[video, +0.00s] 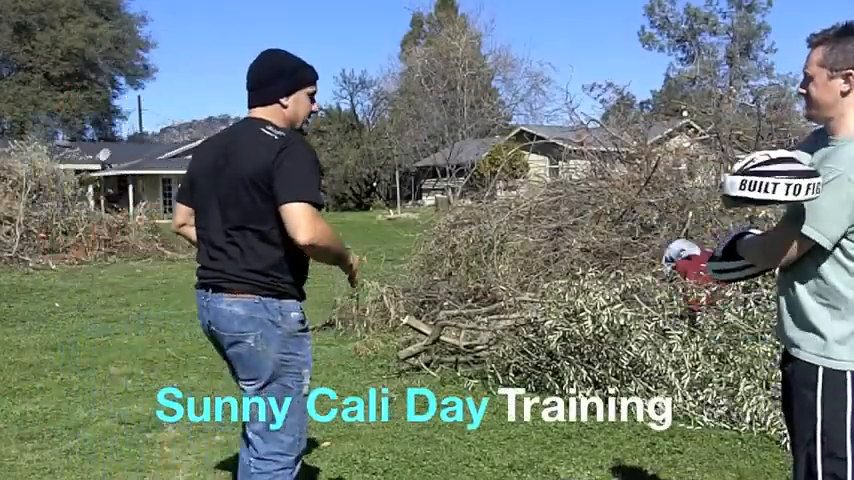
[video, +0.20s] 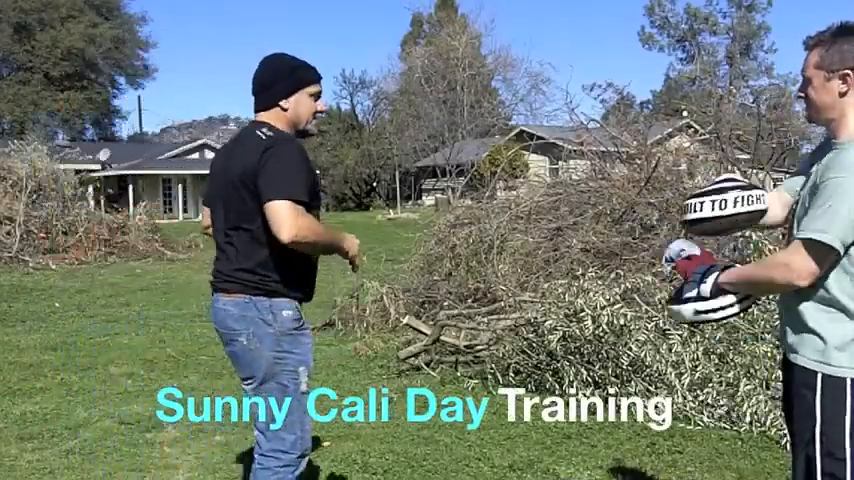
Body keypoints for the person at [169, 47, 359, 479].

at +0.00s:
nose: (314, 106)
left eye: (313, 96)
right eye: (309, 95)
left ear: (271, 96)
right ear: (283, 96)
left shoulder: (210, 147)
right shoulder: (288, 147)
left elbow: (183, 220)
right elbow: (306, 232)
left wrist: (230, 245)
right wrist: (344, 257)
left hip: (214, 305)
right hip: (263, 310)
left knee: (263, 420)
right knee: (277, 447)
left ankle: (258, 466)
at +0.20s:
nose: (321, 106)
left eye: (320, 97)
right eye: (315, 96)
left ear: (274, 100)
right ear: (285, 98)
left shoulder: (231, 150)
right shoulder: (281, 147)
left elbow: (211, 221)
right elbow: (290, 226)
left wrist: (265, 241)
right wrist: (340, 241)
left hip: (233, 303)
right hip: (264, 307)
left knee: (277, 429)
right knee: (284, 444)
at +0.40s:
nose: (324, 110)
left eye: (323, 100)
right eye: (316, 100)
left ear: (285, 106)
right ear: (285, 104)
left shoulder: (280, 152)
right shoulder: (265, 150)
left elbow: (277, 225)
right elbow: (267, 228)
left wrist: (317, 251)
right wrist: (330, 229)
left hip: (279, 303)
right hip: (259, 305)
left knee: (294, 433)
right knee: (290, 440)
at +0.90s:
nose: (321, 104)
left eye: (322, 96)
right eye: (310, 96)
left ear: (321, 100)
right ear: (279, 101)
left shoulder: (318, 158)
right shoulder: (243, 146)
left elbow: (337, 225)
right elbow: (231, 218)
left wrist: (368, 207)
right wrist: (302, 197)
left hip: (309, 305)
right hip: (257, 302)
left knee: (310, 423)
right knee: (275, 420)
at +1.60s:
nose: (301, 110)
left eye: (303, 101)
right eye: (289, 104)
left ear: (306, 104)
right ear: (260, 111)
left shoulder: (320, 157)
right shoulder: (226, 162)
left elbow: (336, 213)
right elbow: (211, 237)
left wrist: (343, 223)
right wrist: (275, 207)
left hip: (323, 306)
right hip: (258, 311)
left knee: (365, 394)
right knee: (256, 432)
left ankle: (338, 474)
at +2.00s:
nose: (313, 105)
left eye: (314, 96)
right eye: (302, 97)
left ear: (316, 99)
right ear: (274, 104)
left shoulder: (330, 151)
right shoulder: (244, 156)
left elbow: (351, 210)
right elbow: (216, 234)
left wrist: (361, 217)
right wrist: (277, 208)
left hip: (336, 302)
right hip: (272, 306)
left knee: (377, 410)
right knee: (262, 429)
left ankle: (383, 476)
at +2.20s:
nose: (380, 126)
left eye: (383, 117)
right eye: (369, 118)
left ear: (385, 119)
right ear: (341, 123)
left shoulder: (400, 169)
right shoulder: (306, 165)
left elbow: (425, 234)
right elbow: (306, 231)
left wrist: (441, 198)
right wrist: (355, 180)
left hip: (385, 317)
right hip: (319, 315)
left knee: (408, 422)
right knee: (284, 421)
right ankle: (264, 476)